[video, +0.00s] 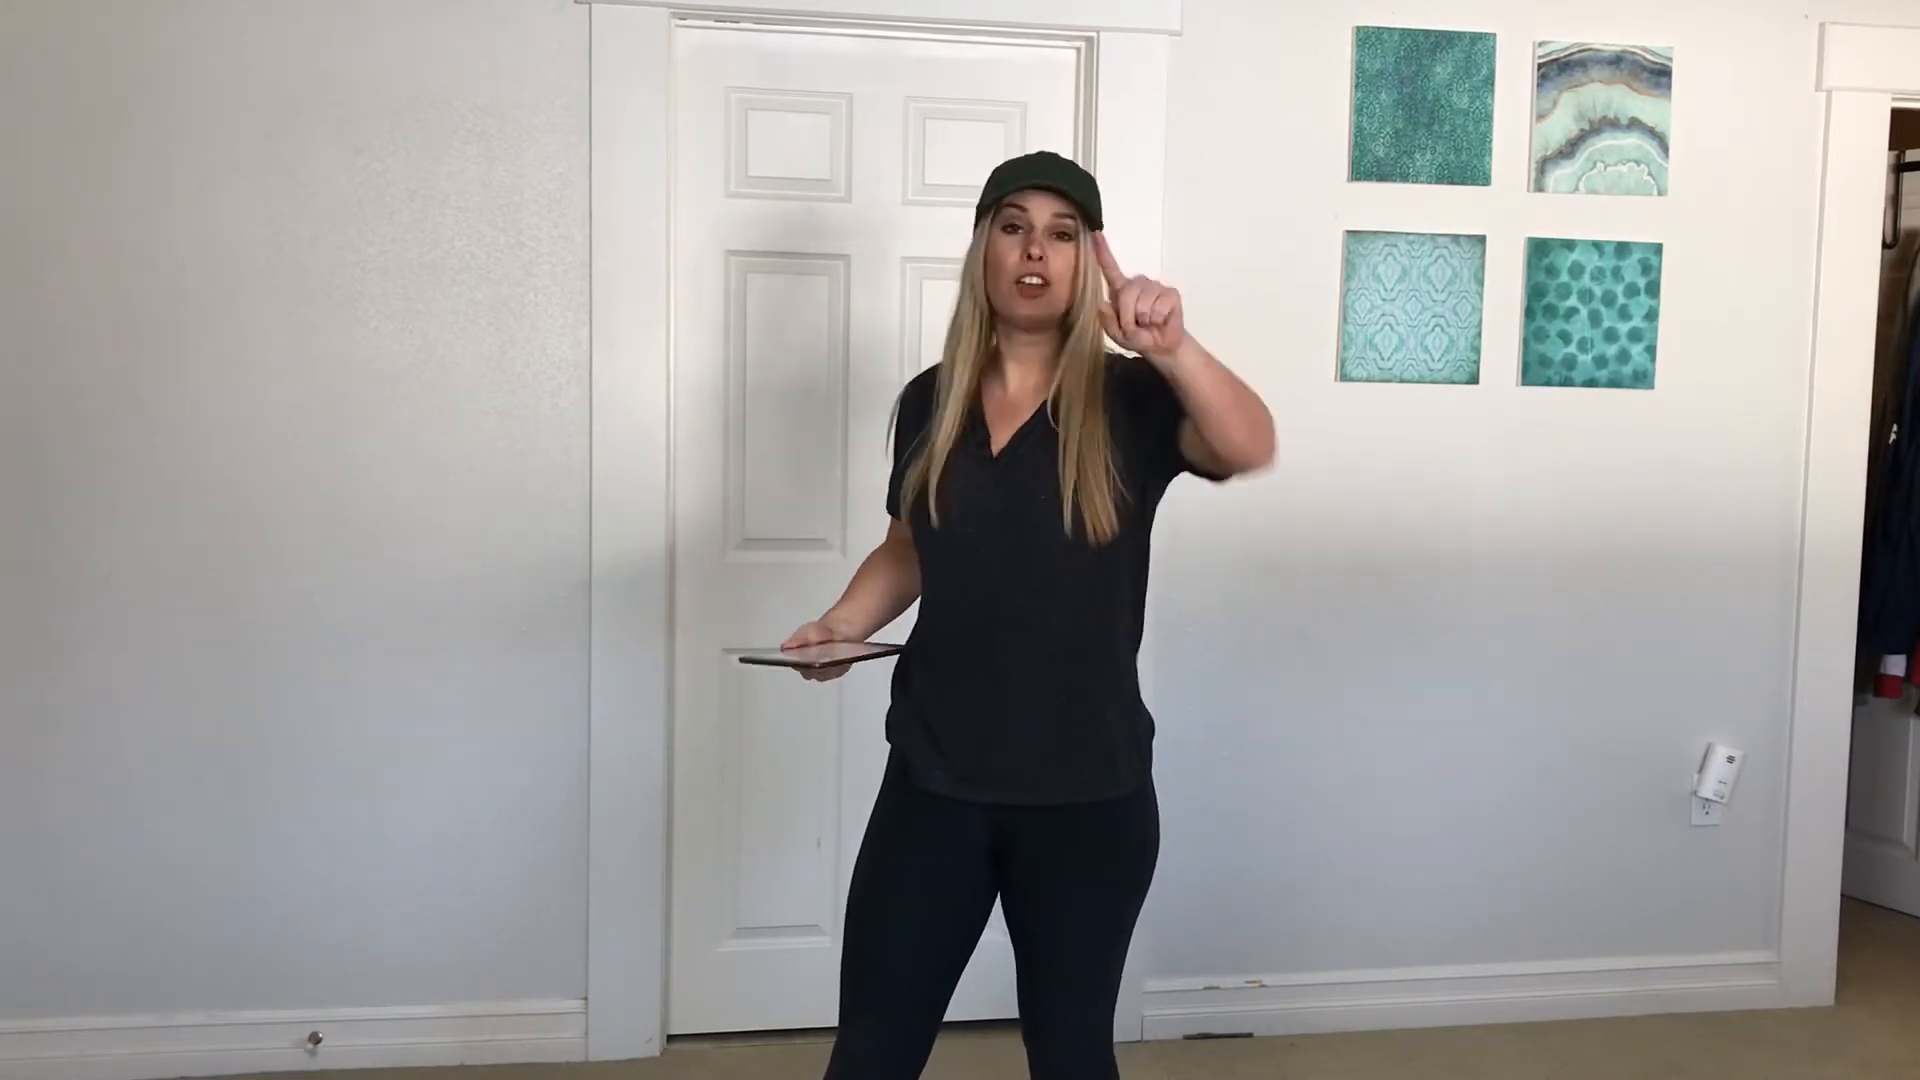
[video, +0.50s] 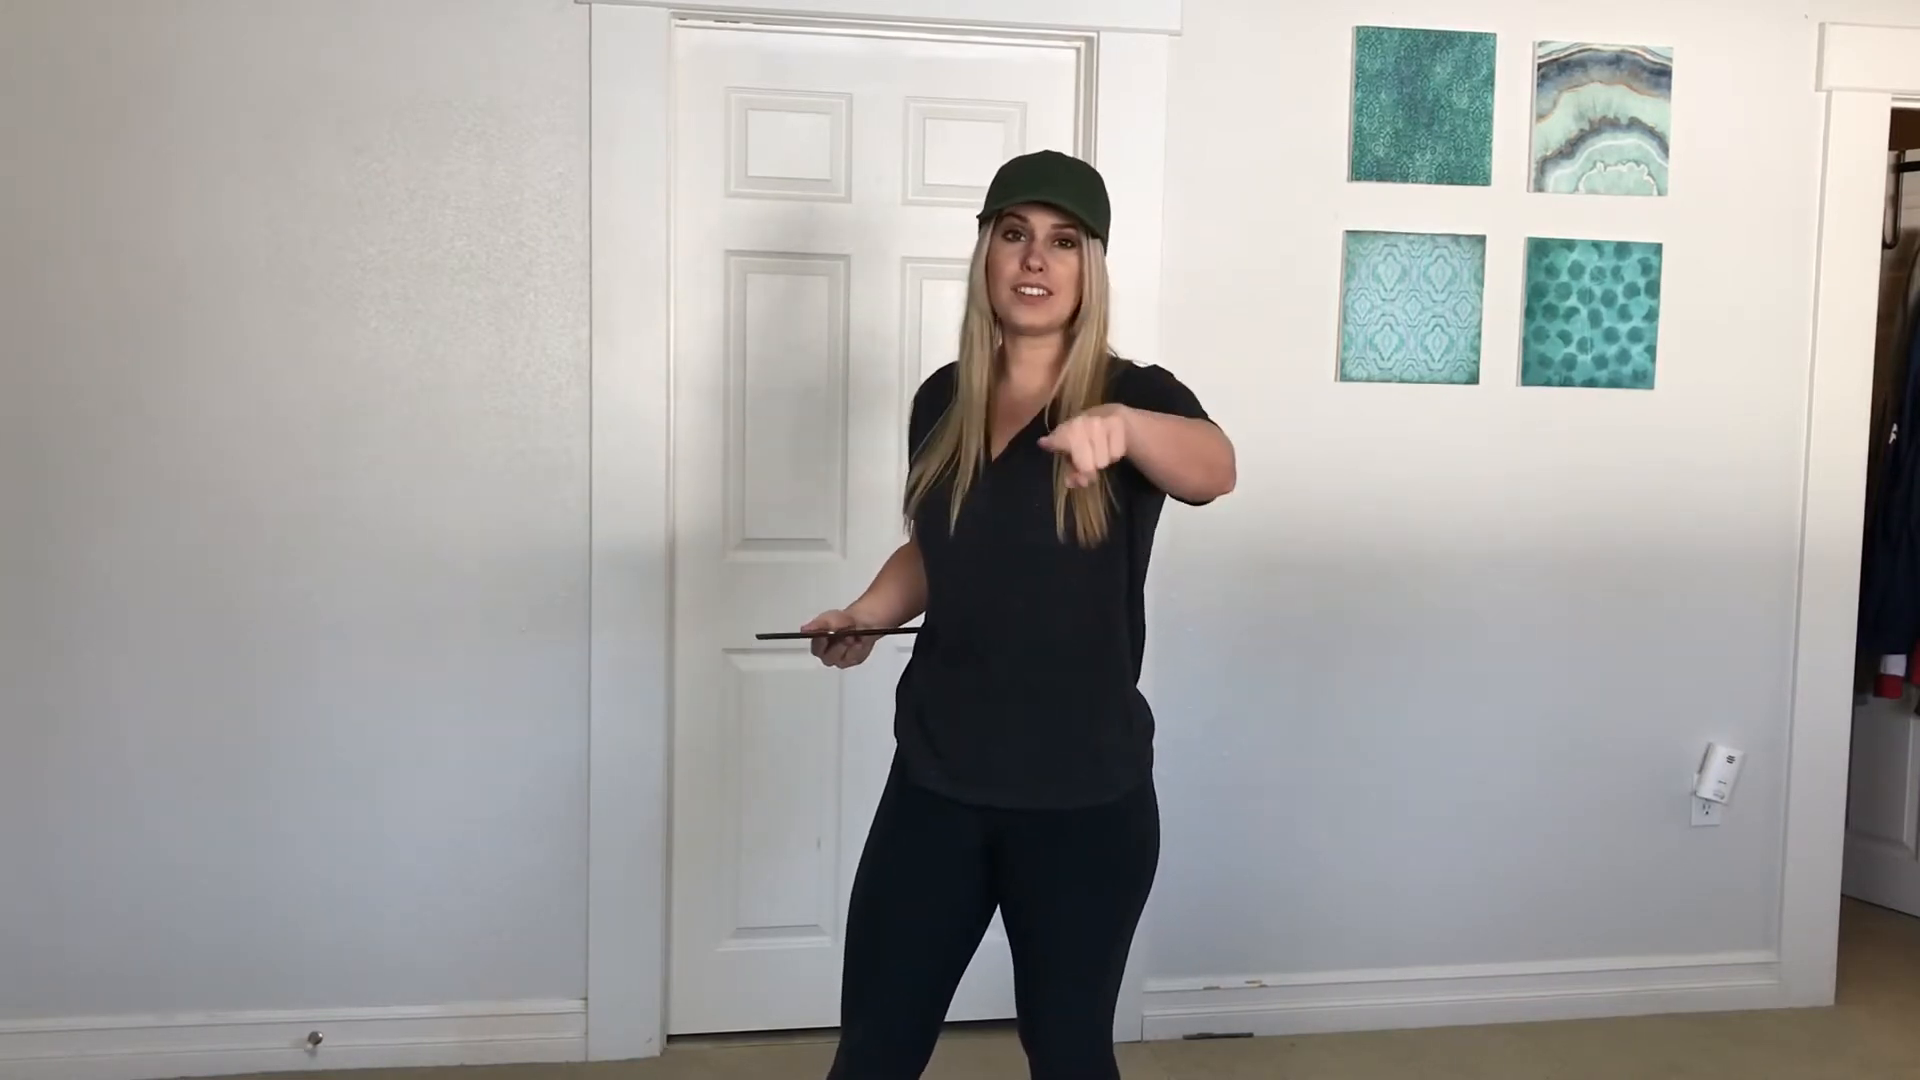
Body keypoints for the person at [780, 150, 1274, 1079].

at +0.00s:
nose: (1034, 252)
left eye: (1060, 234)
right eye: (1011, 229)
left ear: (1090, 260)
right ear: (980, 253)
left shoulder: (1127, 397)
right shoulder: (933, 402)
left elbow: (1250, 445)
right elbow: (912, 544)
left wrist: (1172, 347)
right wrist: (846, 623)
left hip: (1084, 797)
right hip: (933, 789)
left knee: (1070, 1056)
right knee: (871, 1056)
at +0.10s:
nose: (1034, 256)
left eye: (1059, 236)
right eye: (1012, 233)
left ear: (1090, 263)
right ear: (983, 257)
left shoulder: (1125, 402)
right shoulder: (941, 401)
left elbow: (1205, 413)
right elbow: (923, 546)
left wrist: (1156, 350)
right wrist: (854, 619)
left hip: (1082, 797)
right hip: (932, 789)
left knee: (1069, 1056)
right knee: (868, 1056)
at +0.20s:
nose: (1025, 260)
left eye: (1053, 241)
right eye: (1006, 237)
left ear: (1087, 263)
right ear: (981, 255)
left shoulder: (1121, 398)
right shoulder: (942, 402)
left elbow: (1203, 437)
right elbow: (929, 552)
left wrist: (1112, 364)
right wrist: (863, 620)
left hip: (1082, 798)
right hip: (935, 790)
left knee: (1069, 1054)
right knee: (869, 1055)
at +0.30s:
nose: (1027, 262)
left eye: (1055, 242)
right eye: (1008, 237)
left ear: (1088, 266)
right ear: (981, 255)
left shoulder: (1129, 395)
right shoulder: (942, 404)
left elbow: (1205, 454)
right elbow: (932, 551)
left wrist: (1096, 387)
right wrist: (866, 620)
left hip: (1083, 800)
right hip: (937, 792)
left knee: (1070, 1053)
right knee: (871, 1054)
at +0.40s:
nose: (1030, 260)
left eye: (1057, 242)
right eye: (1010, 236)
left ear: (1090, 268)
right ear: (982, 258)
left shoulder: (1130, 393)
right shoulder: (944, 403)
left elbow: (1206, 460)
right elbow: (934, 551)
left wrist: (1101, 414)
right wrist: (868, 615)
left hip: (1084, 800)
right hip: (937, 793)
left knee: (1069, 1054)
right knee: (872, 1055)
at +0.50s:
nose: (1032, 259)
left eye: (1060, 241)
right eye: (1012, 235)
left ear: (1092, 267)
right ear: (983, 256)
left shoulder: (1133, 396)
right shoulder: (943, 402)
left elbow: (1213, 474)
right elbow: (935, 546)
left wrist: (1127, 430)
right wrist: (869, 613)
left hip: (1083, 799)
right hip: (936, 791)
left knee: (1069, 1053)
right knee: (873, 1055)